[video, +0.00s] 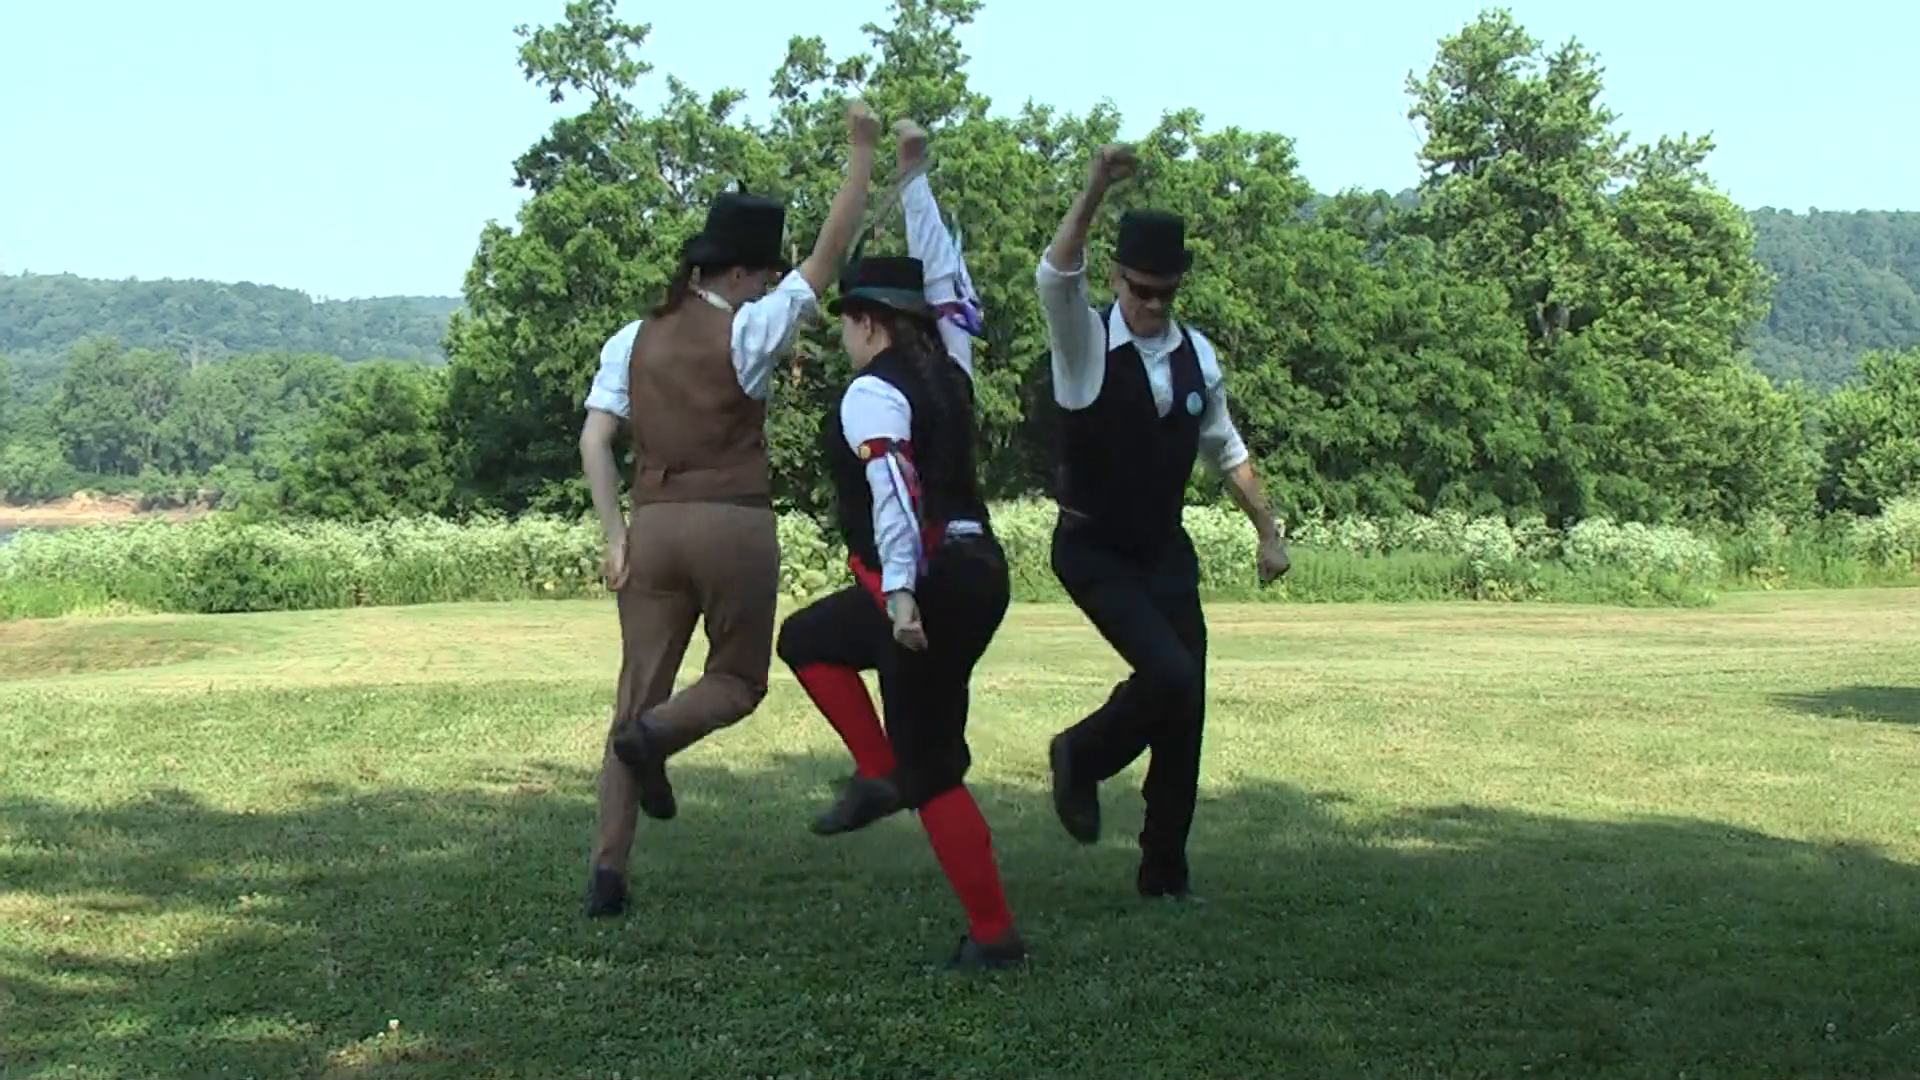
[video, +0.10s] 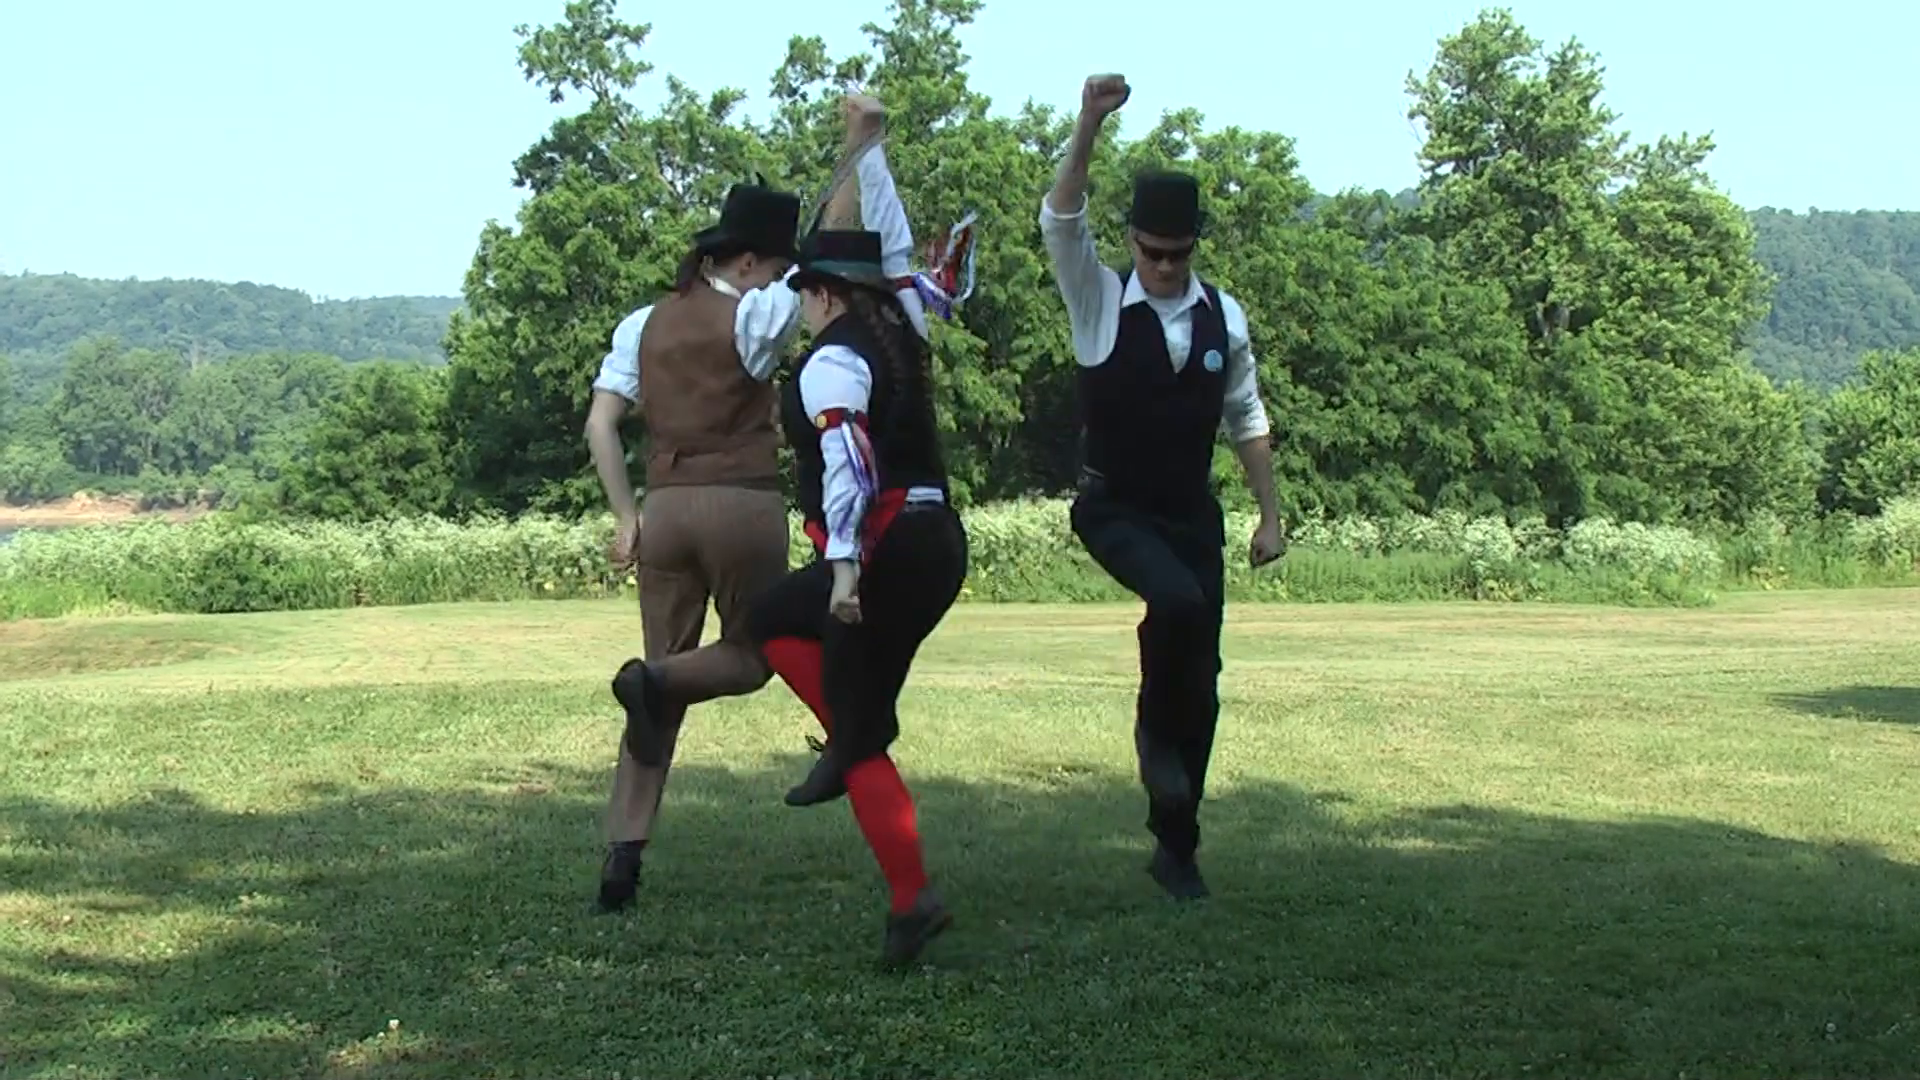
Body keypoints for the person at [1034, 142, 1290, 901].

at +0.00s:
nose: (1152, 307)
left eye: (1164, 294)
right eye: (1140, 292)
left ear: (1180, 286)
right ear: (1114, 280)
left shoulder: (1197, 356)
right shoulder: (1085, 341)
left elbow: (1224, 445)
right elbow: (1057, 276)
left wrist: (1267, 522)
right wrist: (1093, 189)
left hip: (1165, 547)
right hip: (1092, 547)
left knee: (1184, 697)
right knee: (1171, 676)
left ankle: (1164, 866)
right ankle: (1077, 757)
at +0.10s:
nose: (1164, 267)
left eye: (1177, 255)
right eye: (1153, 253)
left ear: (1196, 246)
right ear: (1132, 240)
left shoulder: (1223, 317)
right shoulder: (1097, 297)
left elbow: (1246, 417)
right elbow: (1060, 221)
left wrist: (1269, 510)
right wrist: (1087, 129)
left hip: (1191, 512)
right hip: (1113, 506)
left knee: (1197, 684)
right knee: (1181, 599)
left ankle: (1177, 847)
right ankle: (1161, 750)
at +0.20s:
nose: (1181, 260)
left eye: (1194, 247)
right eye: (1169, 245)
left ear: (1216, 235)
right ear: (1148, 229)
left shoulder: (1249, 313)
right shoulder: (1114, 284)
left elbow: (1270, 415)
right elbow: (1069, 199)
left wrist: (1285, 509)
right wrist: (1093, 102)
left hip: (1212, 502)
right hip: (1131, 493)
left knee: (1228, 675)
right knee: (1186, 565)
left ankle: (1225, 853)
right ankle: (1207, 730)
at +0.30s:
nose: (1195, 286)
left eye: (1209, 273)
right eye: (1182, 272)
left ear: (1236, 258)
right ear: (1165, 258)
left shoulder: (1273, 340)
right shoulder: (1135, 312)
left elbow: (1293, 445)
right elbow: (1081, 222)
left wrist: (1301, 542)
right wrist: (1109, 122)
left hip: (1234, 536)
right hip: (1156, 527)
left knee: (1260, 714)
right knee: (1189, 590)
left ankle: (1281, 881)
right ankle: (1233, 750)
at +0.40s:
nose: (1192, 318)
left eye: (1206, 305)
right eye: (1181, 304)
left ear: (1239, 293)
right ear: (1169, 297)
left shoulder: (1287, 374)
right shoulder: (1149, 348)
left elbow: (1313, 478)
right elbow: (1094, 257)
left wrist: (1324, 578)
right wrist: (1118, 155)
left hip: (1255, 568)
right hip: (1171, 563)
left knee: (1287, 738)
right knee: (1191, 635)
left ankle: (1293, 891)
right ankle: (1242, 802)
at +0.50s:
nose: (1181, 318)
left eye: (1195, 305)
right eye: (1171, 305)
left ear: (1232, 293)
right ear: (1160, 296)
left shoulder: (1286, 374)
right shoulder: (1147, 347)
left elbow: (1323, 479)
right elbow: (1091, 258)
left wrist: (1336, 581)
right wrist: (1115, 152)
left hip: (1260, 577)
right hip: (1176, 573)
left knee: (1285, 747)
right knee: (1175, 662)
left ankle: (1293, 888)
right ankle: (1236, 838)